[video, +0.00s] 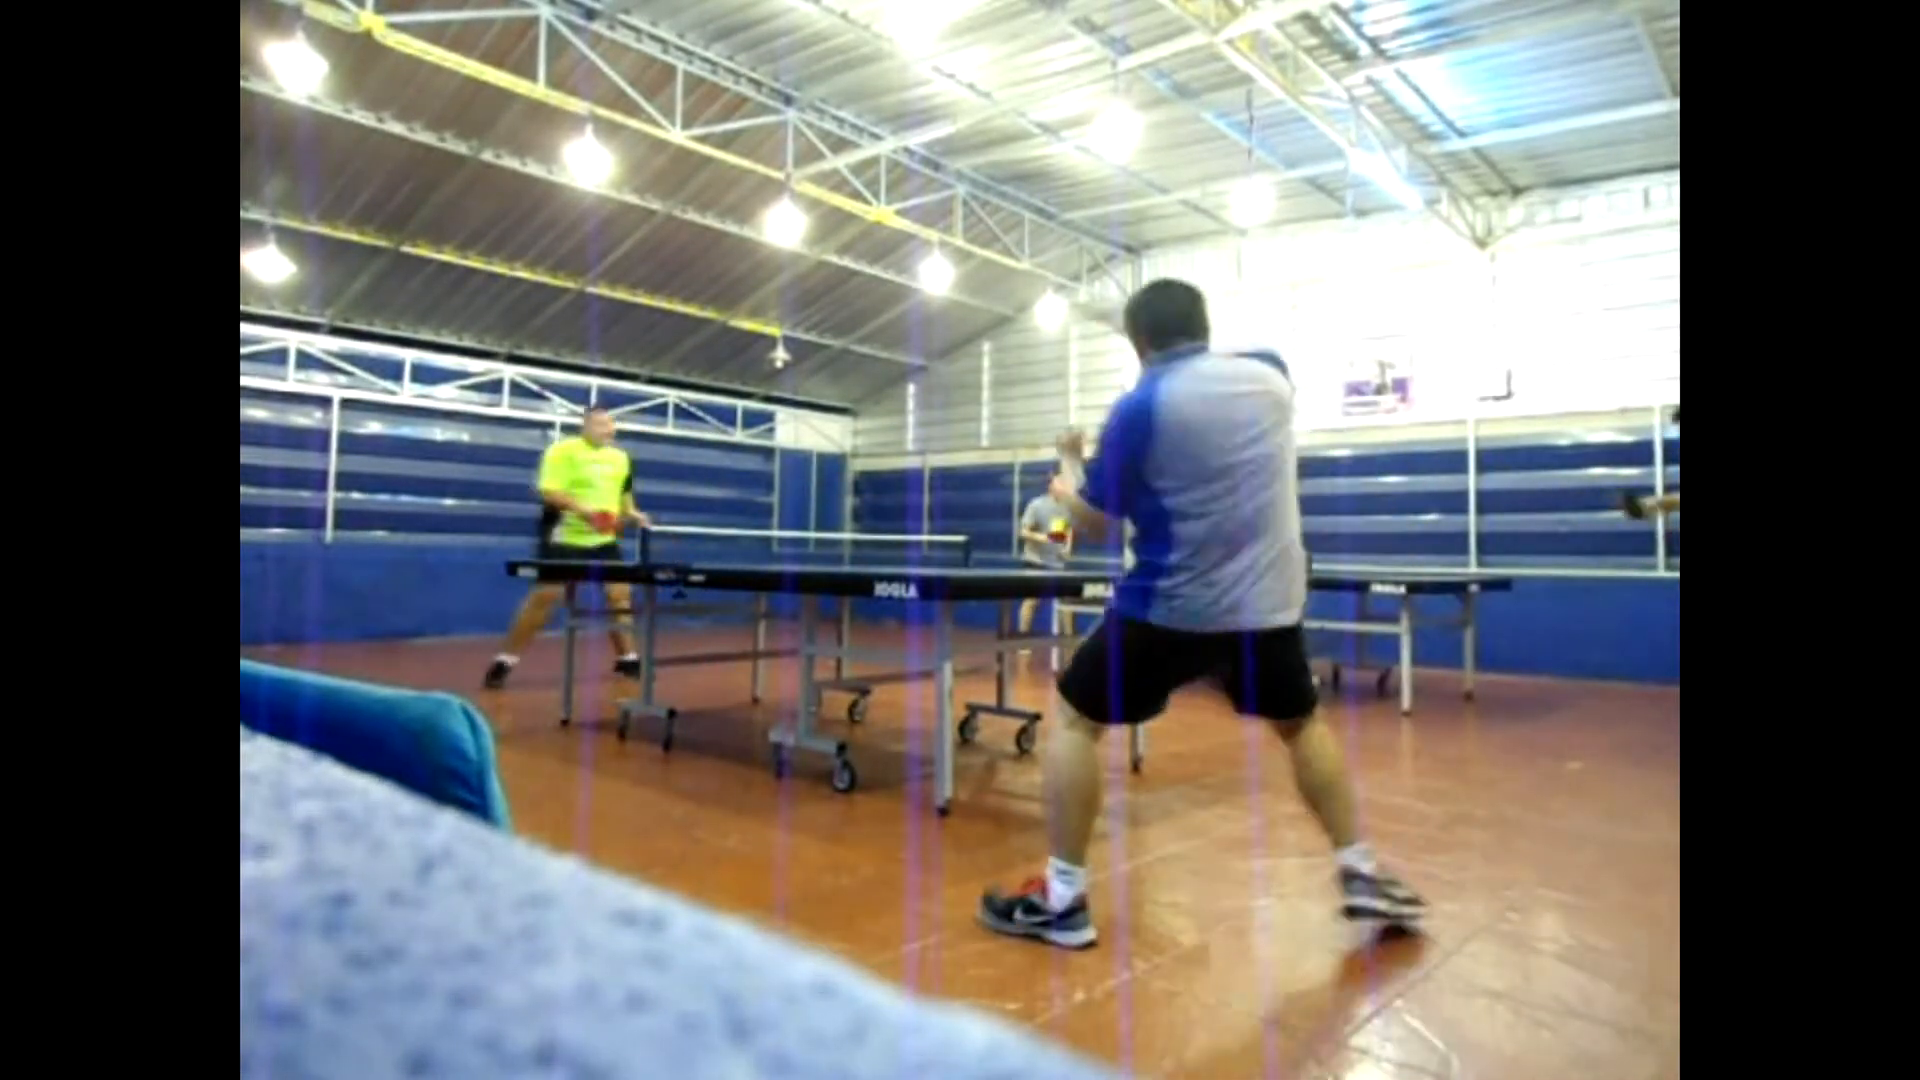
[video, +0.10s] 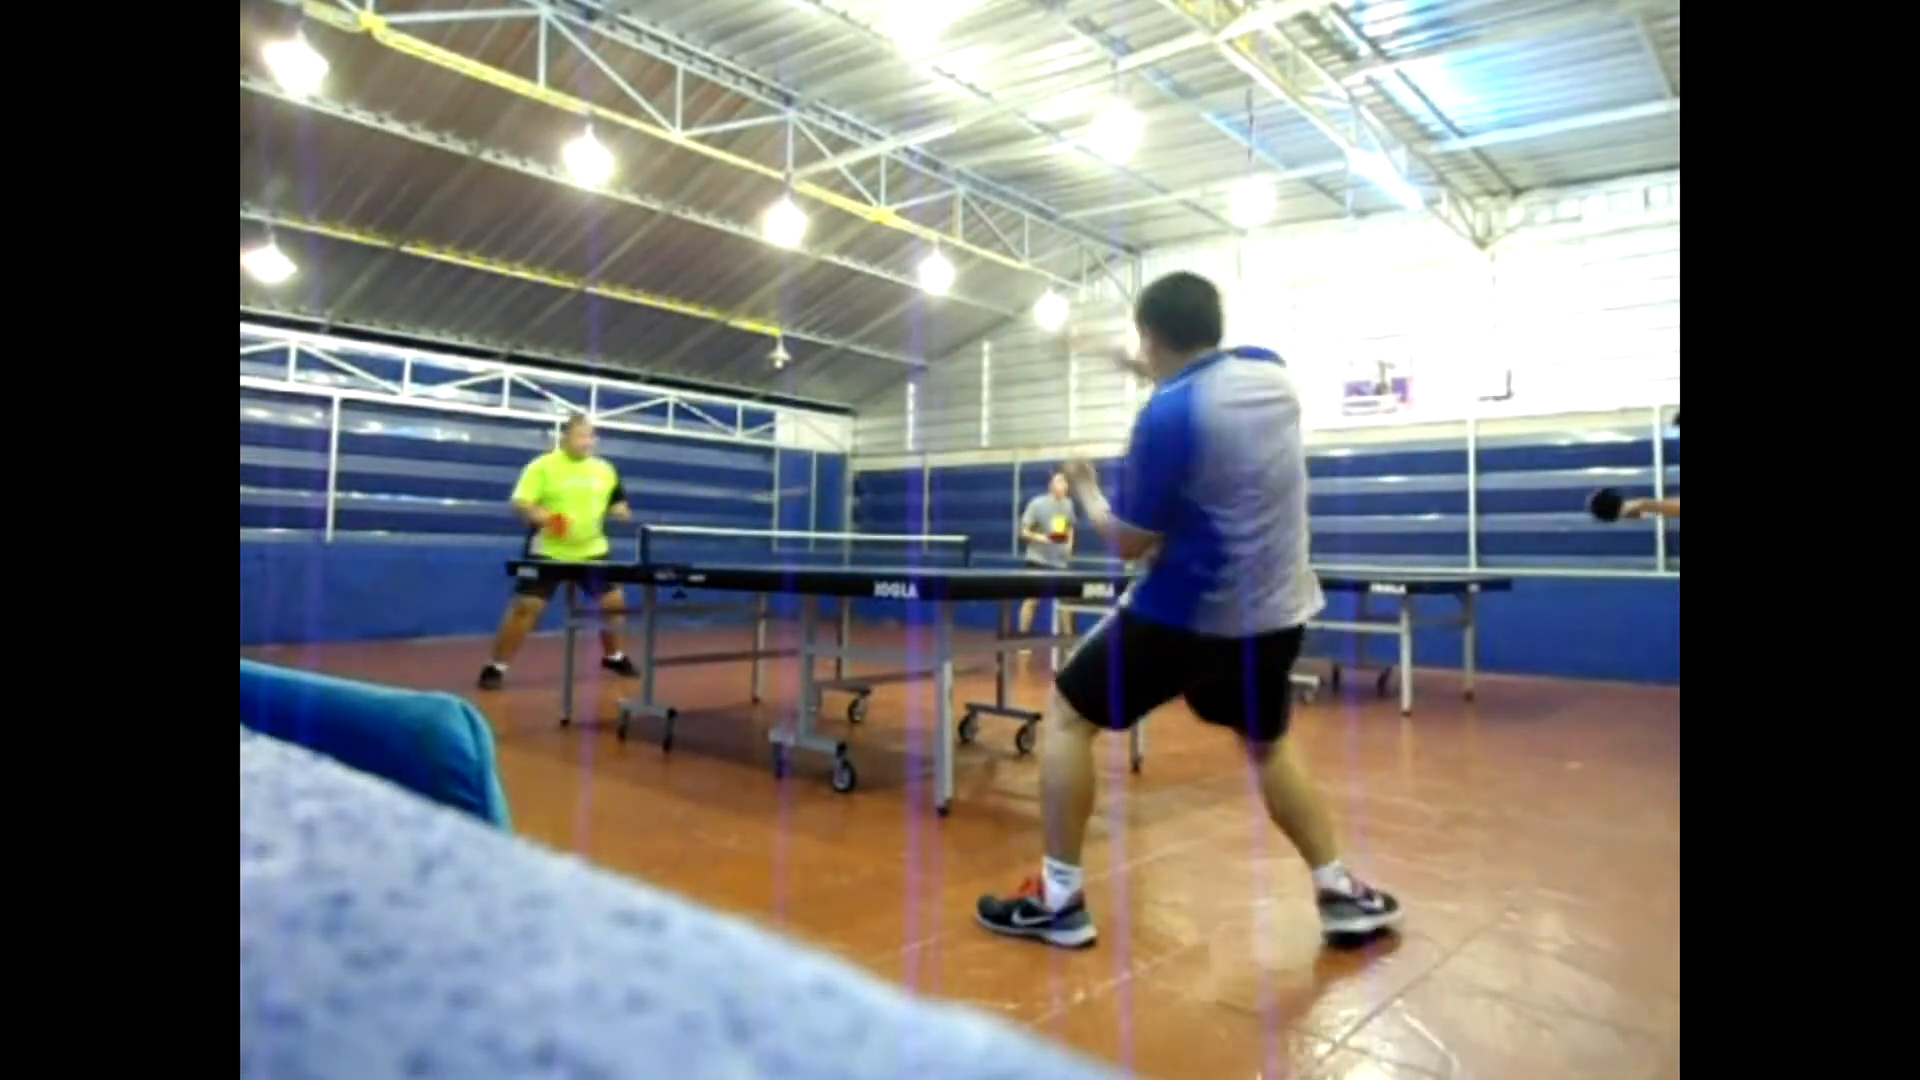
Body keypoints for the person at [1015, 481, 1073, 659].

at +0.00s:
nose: (1060, 488)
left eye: (1064, 483)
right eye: (1058, 482)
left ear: (1068, 486)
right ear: (1050, 482)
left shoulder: (1068, 507)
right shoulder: (1036, 505)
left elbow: (1070, 530)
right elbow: (1024, 531)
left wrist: (1067, 547)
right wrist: (1043, 538)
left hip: (1059, 561)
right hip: (1036, 561)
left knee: (1066, 601)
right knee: (1031, 600)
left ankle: (1068, 639)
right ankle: (1023, 636)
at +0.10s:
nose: (1062, 486)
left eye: (1064, 482)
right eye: (1058, 482)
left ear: (1067, 485)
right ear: (1051, 485)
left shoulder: (1068, 504)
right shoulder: (1037, 503)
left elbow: (1071, 526)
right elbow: (1024, 531)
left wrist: (1069, 545)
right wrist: (1044, 539)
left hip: (1061, 560)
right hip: (1038, 560)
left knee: (1066, 600)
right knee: (1031, 599)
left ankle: (1068, 637)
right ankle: (1023, 635)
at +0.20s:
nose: (1063, 485)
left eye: (1066, 481)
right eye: (1059, 481)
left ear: (1068, 485)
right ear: (1052, 483)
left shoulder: (1068, 504)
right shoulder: (1037, 503)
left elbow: (1072, 527)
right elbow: (1025, 530)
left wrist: (1071, 546)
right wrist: (1044, 538)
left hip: (1063, 558)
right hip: (1040, 559)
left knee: (1067, 600)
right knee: (1032, 599)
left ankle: (1068, 637)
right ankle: (1023, 635)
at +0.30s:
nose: (1064, 484)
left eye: (1067, 480)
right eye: (1061, 479)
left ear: (1070, 484)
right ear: (1053, 483)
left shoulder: (1071, 504)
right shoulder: (1039, 503)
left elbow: (1074, 528)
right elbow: (1029, 530)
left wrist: (1075, 546)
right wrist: (1048, 537)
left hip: (1065, 559)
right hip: (1043, 559)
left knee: (1068, 601)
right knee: (1033, 599)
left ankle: (1069, 638)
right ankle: (1024, 635)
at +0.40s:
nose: (1066, 485)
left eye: (1068, 481)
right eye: (1062, 480)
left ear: (1071, 484)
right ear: (1053, 483)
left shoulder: (1071, 504)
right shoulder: (1040, 502)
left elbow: (1076, 527)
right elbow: (1031, 530)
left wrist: (1078, 544)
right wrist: (1052, 537)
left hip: (1067, 560)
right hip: (1044, 560)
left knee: (1068, 602)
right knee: (1034, 599)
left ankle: (1069, 639)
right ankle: (1023, 636)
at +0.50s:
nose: (1066, 485)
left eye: (1069, 480)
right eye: (1062, 480)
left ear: (1072, 484)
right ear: (1054, 483)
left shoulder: (1072, 504)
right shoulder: (1040, 503)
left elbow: (1077, 527)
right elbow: (1032, 530)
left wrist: (1080, 544)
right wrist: (1052, 537)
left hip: (1068, 560)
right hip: (1045, 560)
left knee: (1068, 602)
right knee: (1035, 599)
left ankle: (1069, 639)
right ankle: (1025, 636)